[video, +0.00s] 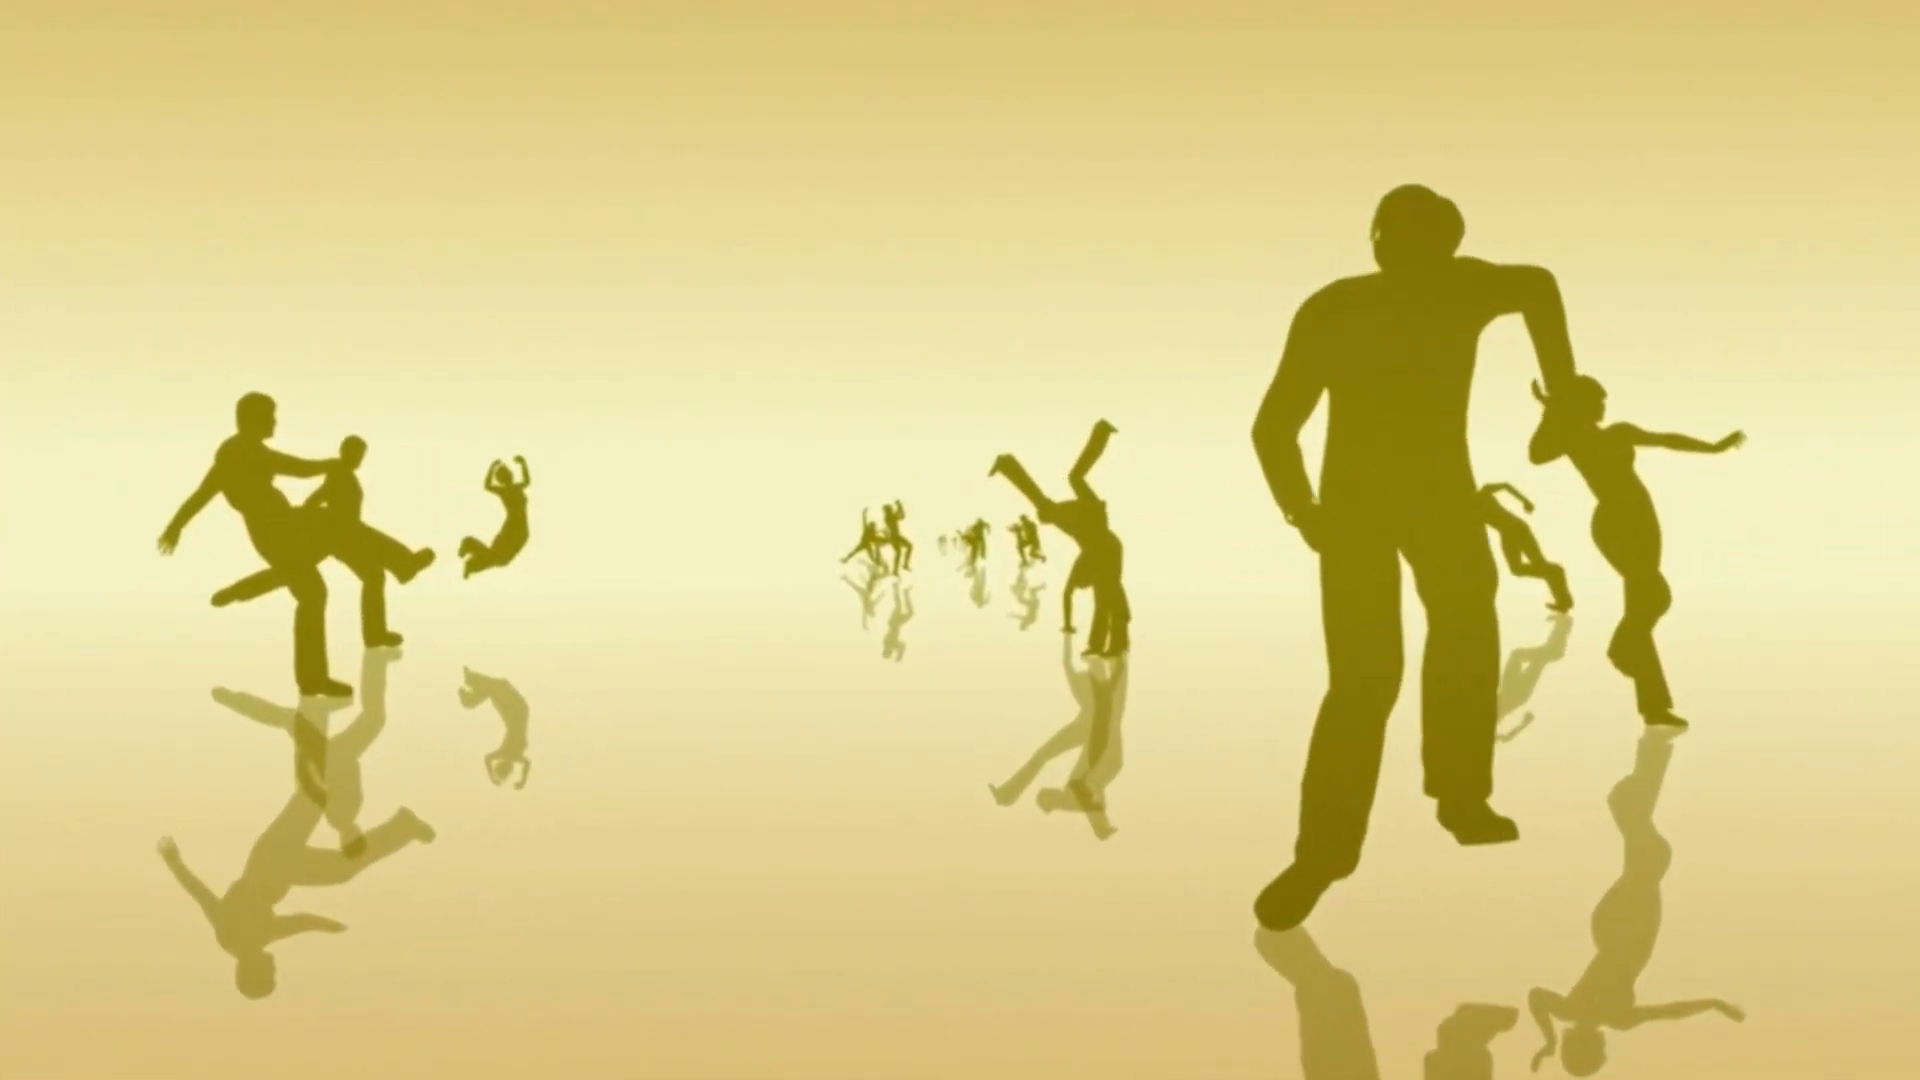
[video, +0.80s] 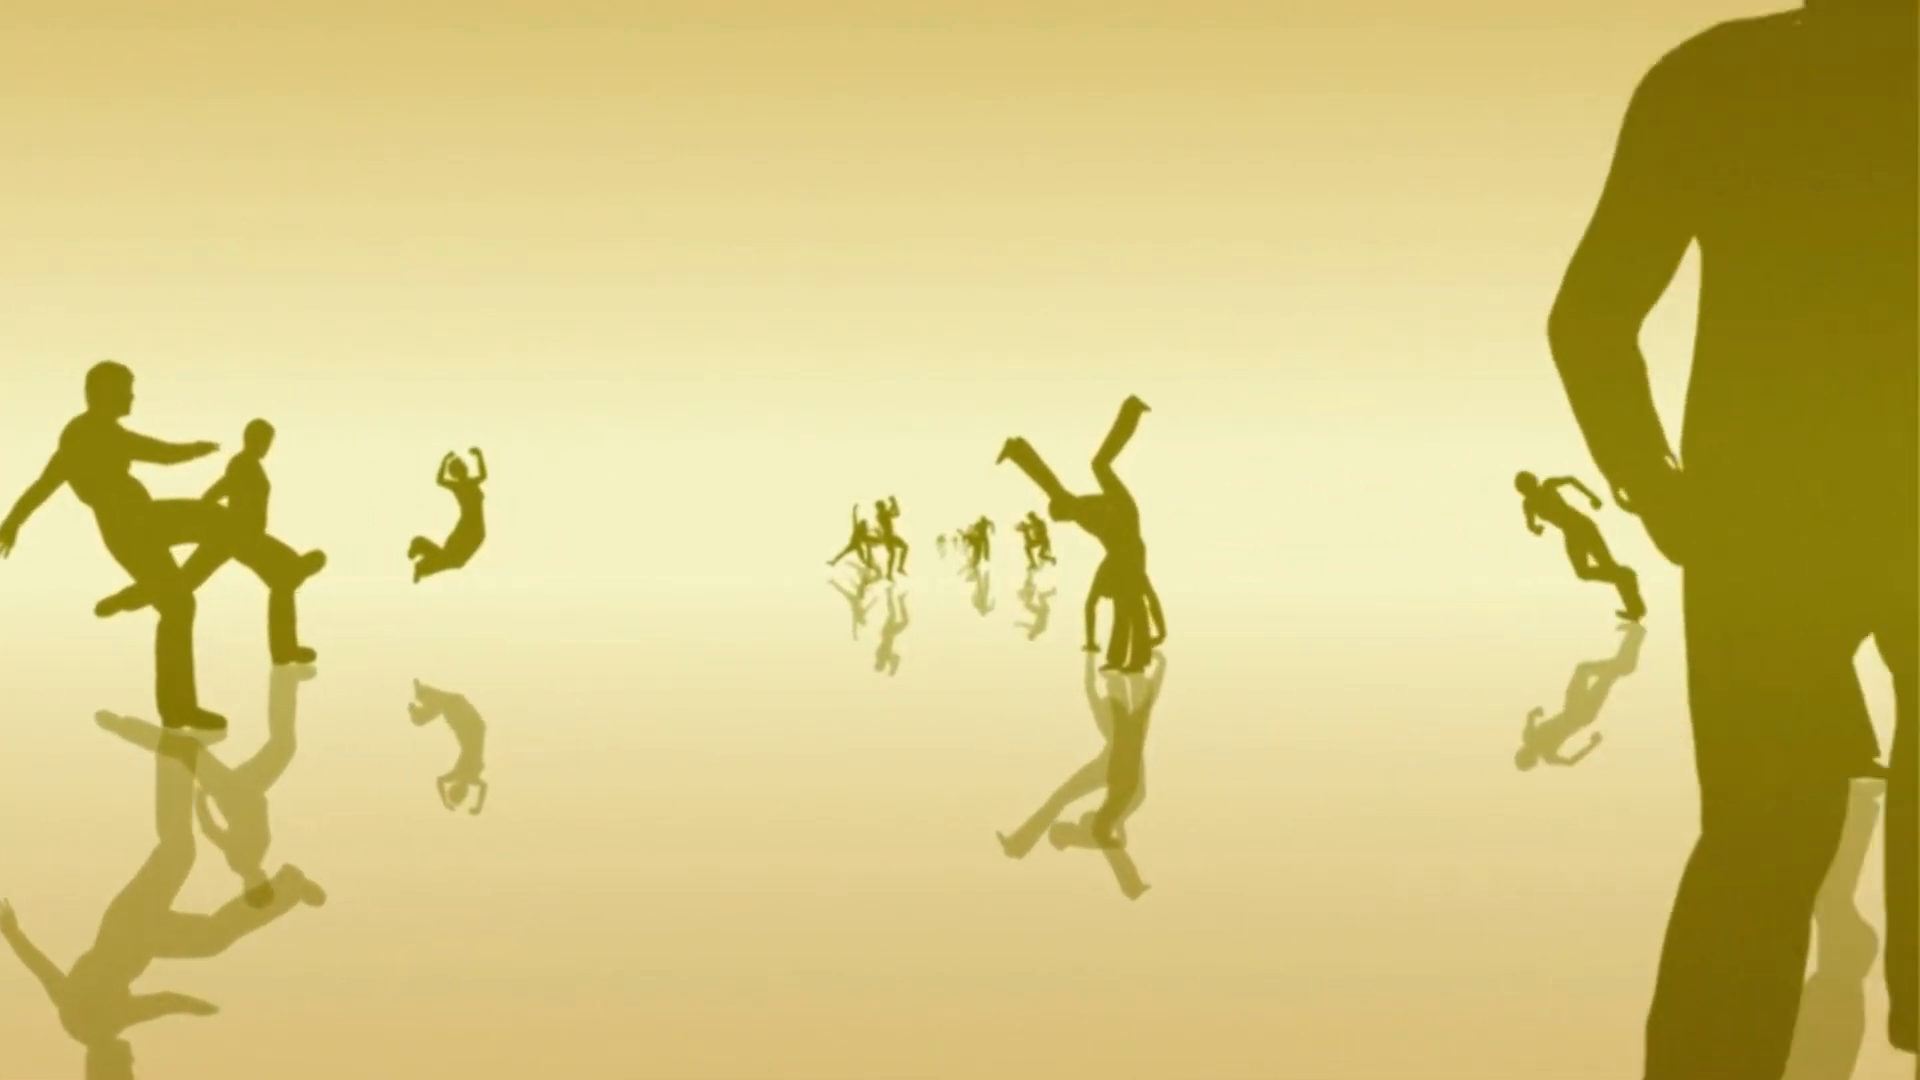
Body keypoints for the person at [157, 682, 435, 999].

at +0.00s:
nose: (273, 975)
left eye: (269, 978)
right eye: (269, 981)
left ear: (259, 965)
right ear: (246, 971)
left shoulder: (257, 934)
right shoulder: (225, 929)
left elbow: (299, 923)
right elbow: (193, 887)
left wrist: (330, 926)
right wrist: (174, 861)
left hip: (269, 858)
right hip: (287, 869)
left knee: (311, 797)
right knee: (344, 869)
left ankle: (308, 717)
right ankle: (403, 827)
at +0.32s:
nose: (228, 1003)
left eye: (224, 1006)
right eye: (225, 1009)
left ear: (214, 992)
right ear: (201, 999)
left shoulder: (211, 960)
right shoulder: (178, 956)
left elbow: (259, 948)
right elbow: (144, 912)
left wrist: (296, 953)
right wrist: (124, 884)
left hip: (225, 876)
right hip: (244, 890)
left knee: (269, 812)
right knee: (303, 890)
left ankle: (266, 726)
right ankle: (367, 845)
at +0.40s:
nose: (209, 1017)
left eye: (203, 1020)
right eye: (207, 1022)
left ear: (188, 1007)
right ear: (191, 1008)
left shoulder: (167, 970)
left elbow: (239, 959)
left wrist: (279, 965)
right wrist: (100, 895)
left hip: (204, 887)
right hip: (224, 901)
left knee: (250, 821)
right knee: (284, 900)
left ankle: (244, 734)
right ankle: (350, 854)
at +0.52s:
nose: (195, 1028)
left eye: (189, 1030)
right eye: (192, 1033)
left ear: (175, 1015)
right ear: (174, 1017)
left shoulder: (153, 976)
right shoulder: (147, 981)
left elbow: (226, 967)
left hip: (191, 891)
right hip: (212, 907)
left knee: (237, 824)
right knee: (271, 907)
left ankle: (230, 737)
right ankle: (338, 860)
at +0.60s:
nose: (172, 1047)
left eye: (167, 1049)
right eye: (169, 1052)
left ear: (153, 1029)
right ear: (151, 1033)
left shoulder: (131, 992)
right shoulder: (124, 995)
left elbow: (204, 980)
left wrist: (240, 986)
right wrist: (59, 914)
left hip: (169, 902)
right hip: (188, 919)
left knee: (215, 831)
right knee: (250, 919)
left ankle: (212, 744)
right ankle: (319, 872)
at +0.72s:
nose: (157, 1058)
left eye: (151, 1059)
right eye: (152, 1063)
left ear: (138, 1039)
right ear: (130, 1045)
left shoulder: (118, 1002)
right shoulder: (105, 1002)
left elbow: (190, 988)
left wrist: (229, 995)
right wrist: (41, 922)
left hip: (152, 910)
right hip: (172, 926)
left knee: (200, 837)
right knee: (235, 927)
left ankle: (197, 746)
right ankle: (306, 880)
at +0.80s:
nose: (130, 1058)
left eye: (126, 1061)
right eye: (124, 1066)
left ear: (114, 1049)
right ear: (98, 1057)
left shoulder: (110, 1018)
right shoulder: (69, 1004)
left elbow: (163, 1003)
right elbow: (33, 959)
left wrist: (202, 1008)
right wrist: (11, 931)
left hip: (128, 923)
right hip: (142, 936)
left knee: (178, 847)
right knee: (212, 939)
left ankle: (175, 751)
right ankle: (287, 888)